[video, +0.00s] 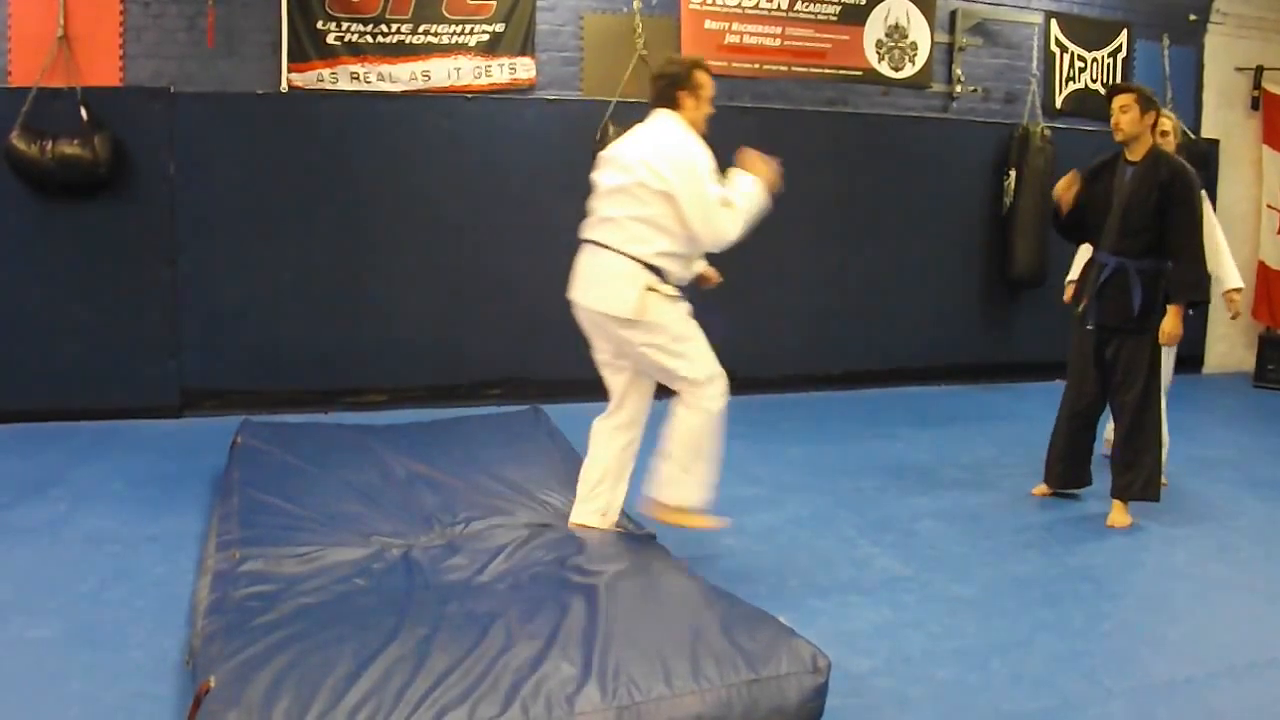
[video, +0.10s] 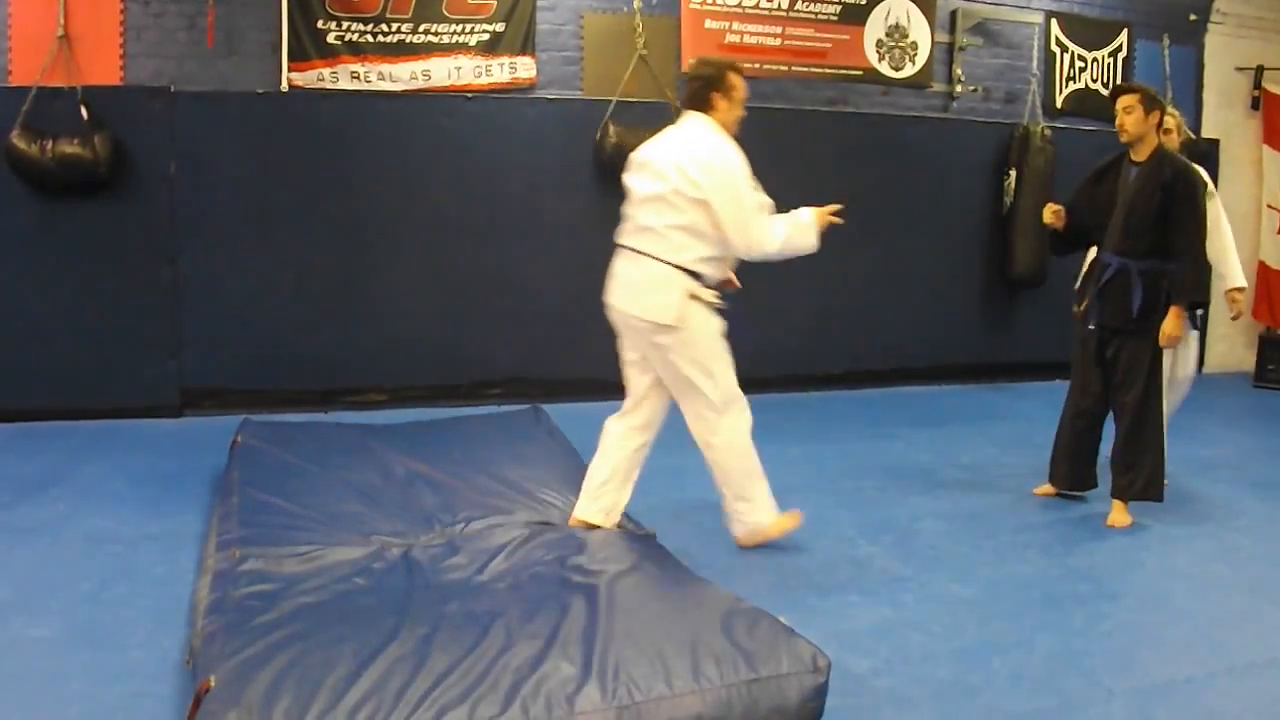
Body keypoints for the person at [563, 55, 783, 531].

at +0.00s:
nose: (711, 108)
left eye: (710, 98)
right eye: (707, 98)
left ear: (669, 97)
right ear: (684, 98)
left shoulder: (628, 141)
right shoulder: (685, 149)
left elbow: (630, 222)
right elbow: (714, 231)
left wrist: (688, 265)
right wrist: (753, 182)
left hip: (589, 283)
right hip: (633, 290)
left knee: (629, 398)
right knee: (705, 383)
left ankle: (592, 515)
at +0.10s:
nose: (744, 111)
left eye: (743, 101)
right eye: (739, 100)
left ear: (698, 99)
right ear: (715, 99)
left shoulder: (655, 144)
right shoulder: (719, 155)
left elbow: (654, 224)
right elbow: (751, 236)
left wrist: (709, 265)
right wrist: (809, 223)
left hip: (626, 286)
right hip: (672, 298)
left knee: (642, 404)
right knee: (721, 408)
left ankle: (593, 511)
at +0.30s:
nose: (806, 115)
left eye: (806, 105)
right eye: (803, 105)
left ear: (763, 102)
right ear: (782, 103)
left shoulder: (708, 149)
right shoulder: (781, 158)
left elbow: (713, 217)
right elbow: (806, 243)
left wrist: (803, 212)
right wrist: (860, 227)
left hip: (691, 288)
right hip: (738, 298)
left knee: (731, 389)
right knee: (774, 415)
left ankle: (659, 457)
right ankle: (765, 529)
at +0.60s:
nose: (849, 113)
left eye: (848, 103)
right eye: (846, 103)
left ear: (807, 100)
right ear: (827, 100)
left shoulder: (754, 147)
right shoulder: (828, 153)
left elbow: (755, 216)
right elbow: (856, 231)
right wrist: (906, 219)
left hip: (747, 281)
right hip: (789, 289)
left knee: (791, 388)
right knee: (784, 404)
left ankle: (796, 476)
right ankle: (761, 525)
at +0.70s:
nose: (861, 116)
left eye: (860, 107)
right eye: (857, 107)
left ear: (817, 107)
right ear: (835, 107)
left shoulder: (770, 154)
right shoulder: (839, 156)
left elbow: (771, 223)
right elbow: (866, 232)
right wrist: (903, 198)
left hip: (767, 280)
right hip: (806, 288)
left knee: (801, 390)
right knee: (797, 403)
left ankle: (804, 481)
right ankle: (764, 521)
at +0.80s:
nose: (871, 115)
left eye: (870, 107)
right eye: (867, 106)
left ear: (828, 107)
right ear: (846, 105)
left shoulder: (784, 153)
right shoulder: (849, 150)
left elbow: (784, 219)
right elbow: (875, 222)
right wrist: (912, 193)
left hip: (779, 277)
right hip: (817, 283)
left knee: (805, 388)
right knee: (837, 396)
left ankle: (810, 480)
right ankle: (781, 493)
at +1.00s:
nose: (894, 109)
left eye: (892, 101)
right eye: (891, 101)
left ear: (849, 102)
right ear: (878, 101)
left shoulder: (810, 148)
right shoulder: (884, 152)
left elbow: (806, 209)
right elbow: (903, 214)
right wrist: (918, 265)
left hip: (804, 264)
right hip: (850, 273)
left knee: (814, 374)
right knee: (879, 376)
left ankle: (804, 480)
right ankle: (861, 480)